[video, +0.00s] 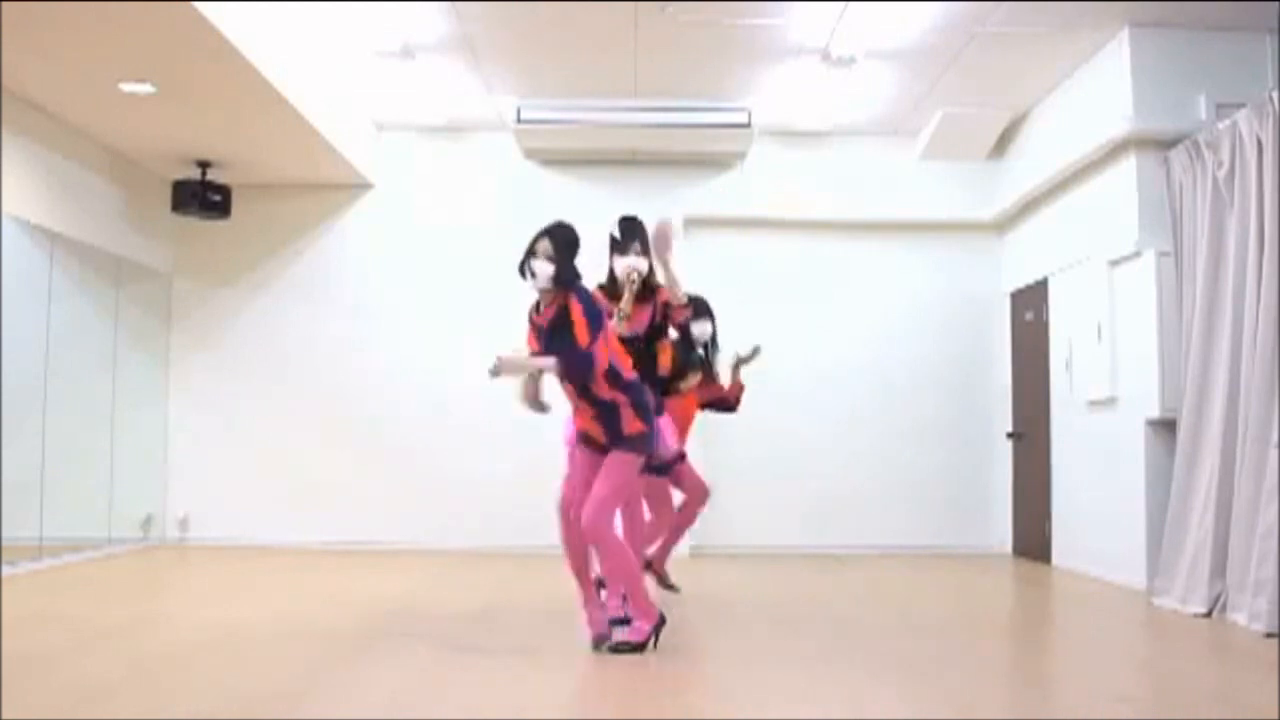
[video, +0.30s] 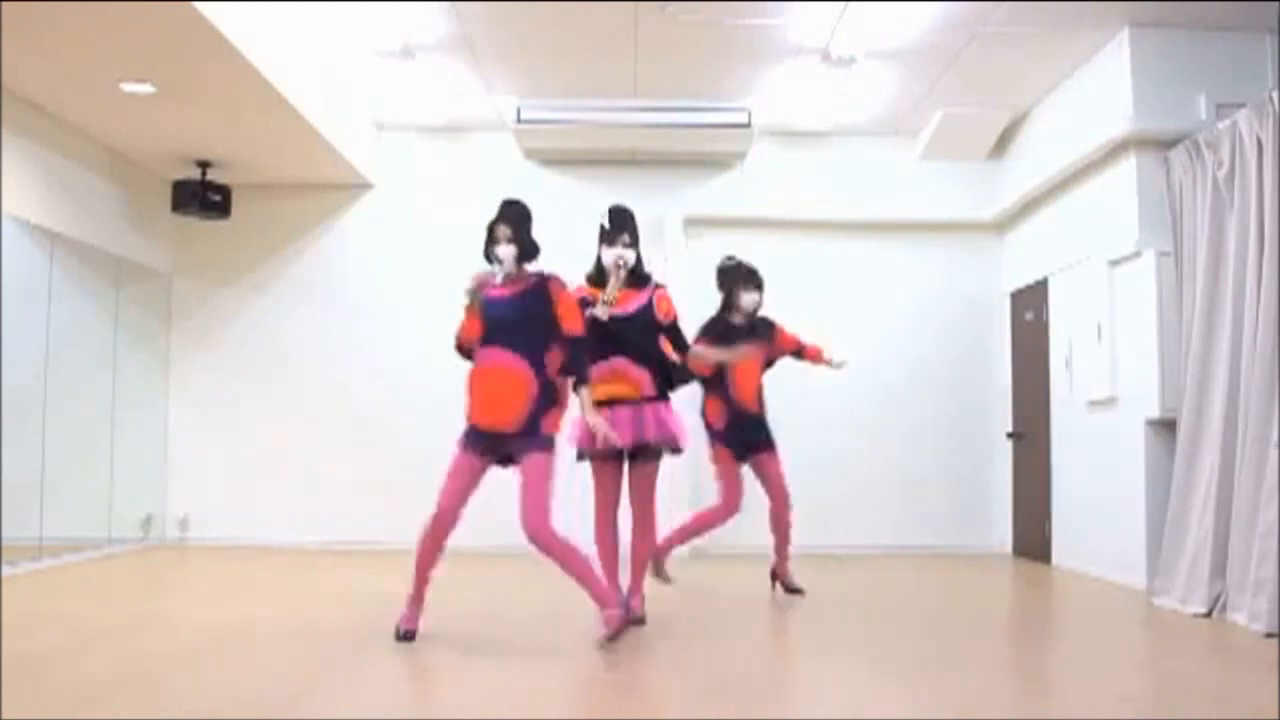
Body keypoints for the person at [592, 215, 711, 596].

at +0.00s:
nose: (631, 265)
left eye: (638, 256)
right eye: (623, 256)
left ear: (648, 260)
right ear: (610, 259)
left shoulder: (658, 303)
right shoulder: (598, 301)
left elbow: (686, 328)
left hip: (648, 401)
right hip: (602, 401)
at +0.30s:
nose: (620, 256)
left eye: (627, 247)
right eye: (612, 247)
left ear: (637, 251)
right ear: (599, 249)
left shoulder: (655, 297)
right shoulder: (582, 299)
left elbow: (683, 352)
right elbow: (572, 353)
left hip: (647, 403)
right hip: (602, 404)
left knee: (641, 504)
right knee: (606, 506)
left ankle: (635, 591)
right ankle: (612, 594)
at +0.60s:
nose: (620, 256)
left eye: (627, 247)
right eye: (612, 247)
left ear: (637, 251)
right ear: (600, 252)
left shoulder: (654, 296)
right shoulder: (586, 294)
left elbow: (658, 344)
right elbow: (595, 322)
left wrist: (665, 378)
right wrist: (614, 286)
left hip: (646, 395)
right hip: (602, 396)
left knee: (641, 500)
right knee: (605, 501)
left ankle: (636, 589)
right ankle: (612, 590)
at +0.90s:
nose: (620, 255)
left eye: (627, 246)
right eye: (612, 246)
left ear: (637, 250)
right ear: (599, 251)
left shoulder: (654, 295)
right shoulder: (585, 294)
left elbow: (662, 344)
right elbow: (593, 322)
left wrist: (667, 374)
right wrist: (612, 287)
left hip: (645, 397)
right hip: (601, 398)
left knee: (641, 500)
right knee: (606, 501)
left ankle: (636, 589)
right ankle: (612, 589)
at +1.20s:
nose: (622, 253)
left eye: (629, 245)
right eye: (614, 245)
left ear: (639, 249)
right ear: (601, 248)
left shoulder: (655, 289)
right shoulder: (586, 291)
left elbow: (711, 298)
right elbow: (583, 320)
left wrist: (684, 283)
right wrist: (609, 284)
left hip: (636, 401)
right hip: (593, 401)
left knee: (617, 490)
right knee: (601, 498)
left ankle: (632, 578)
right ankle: (612, 588)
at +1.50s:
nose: (620, 261)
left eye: (628, 253)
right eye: (613, 252)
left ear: (637, 258)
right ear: (599, 253)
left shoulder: (647, 301)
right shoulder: (581, 295)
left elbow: (669, 351)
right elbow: (585, 323)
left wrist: (702, 317)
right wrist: (610, 292)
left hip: (627, 406)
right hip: (585, 404)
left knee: (597, 504)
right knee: (594, 506)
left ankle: (567, 593)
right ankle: (614, 592)